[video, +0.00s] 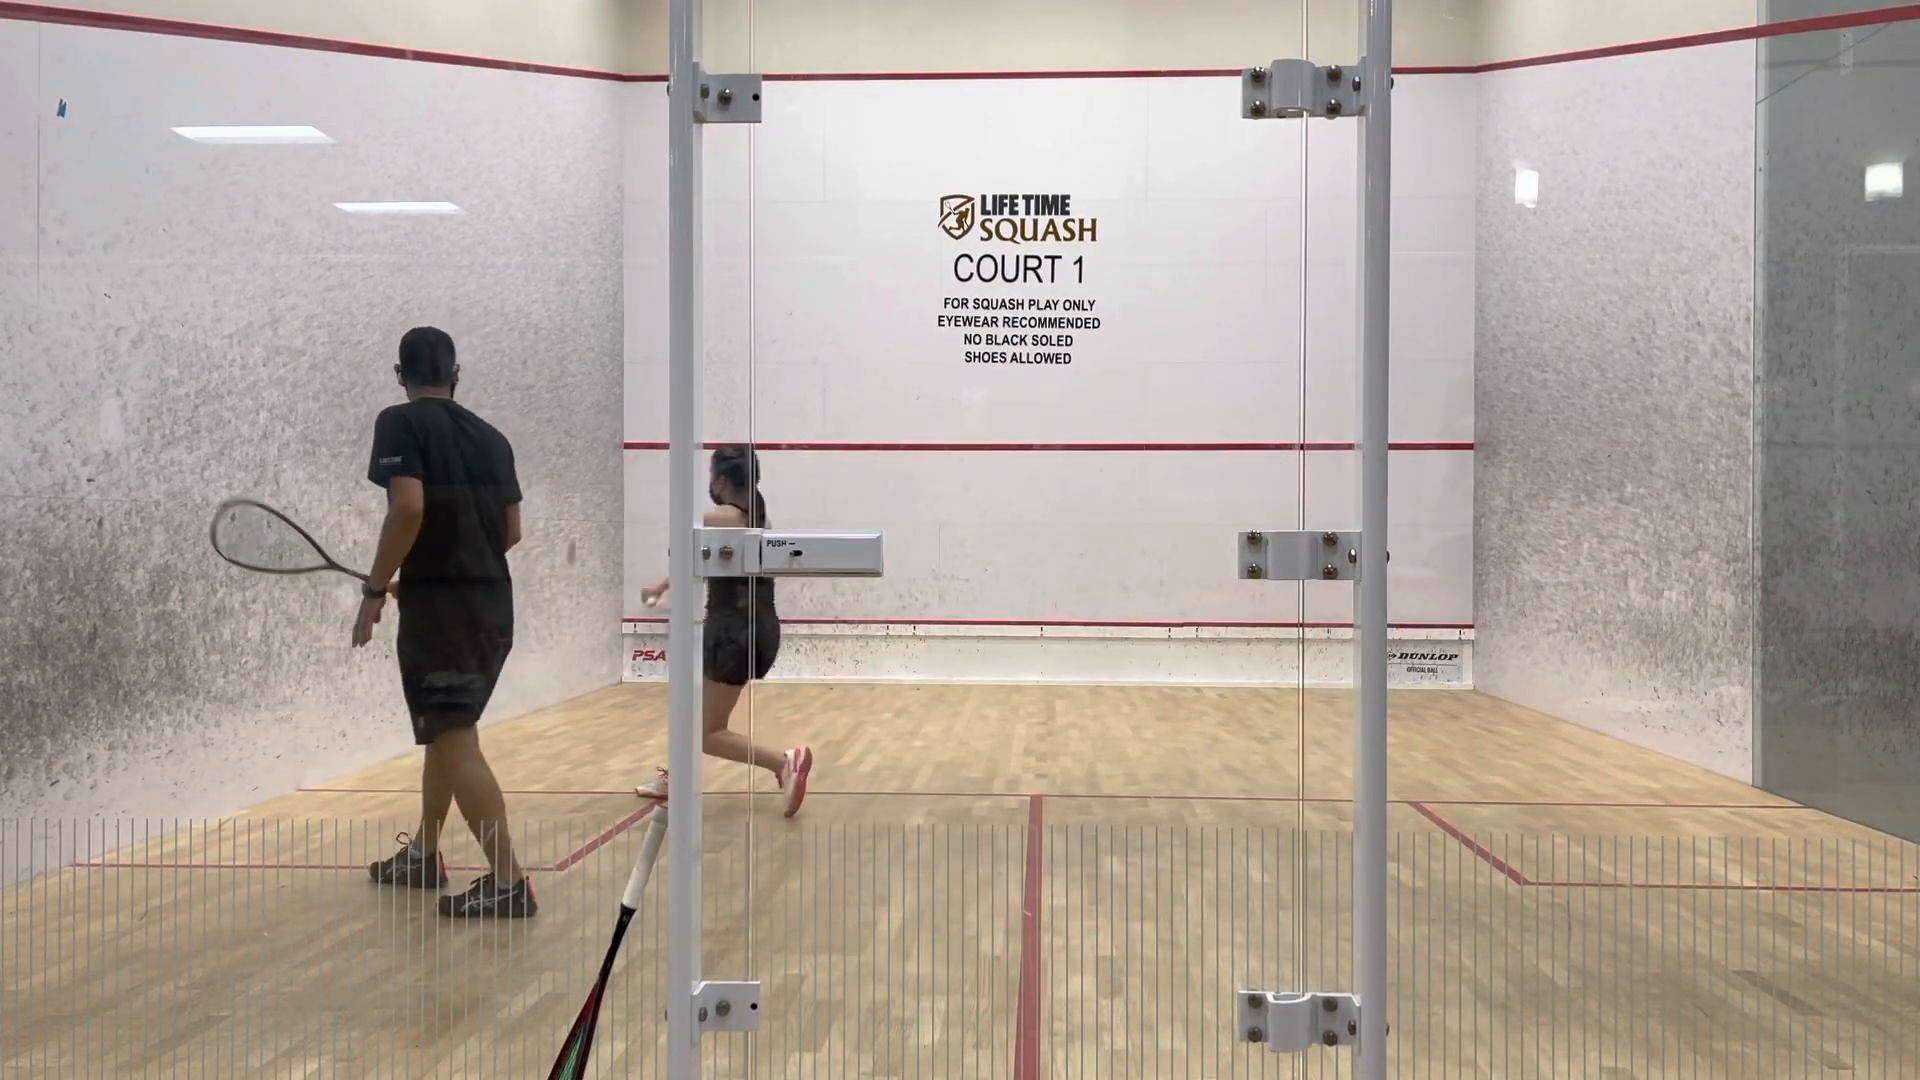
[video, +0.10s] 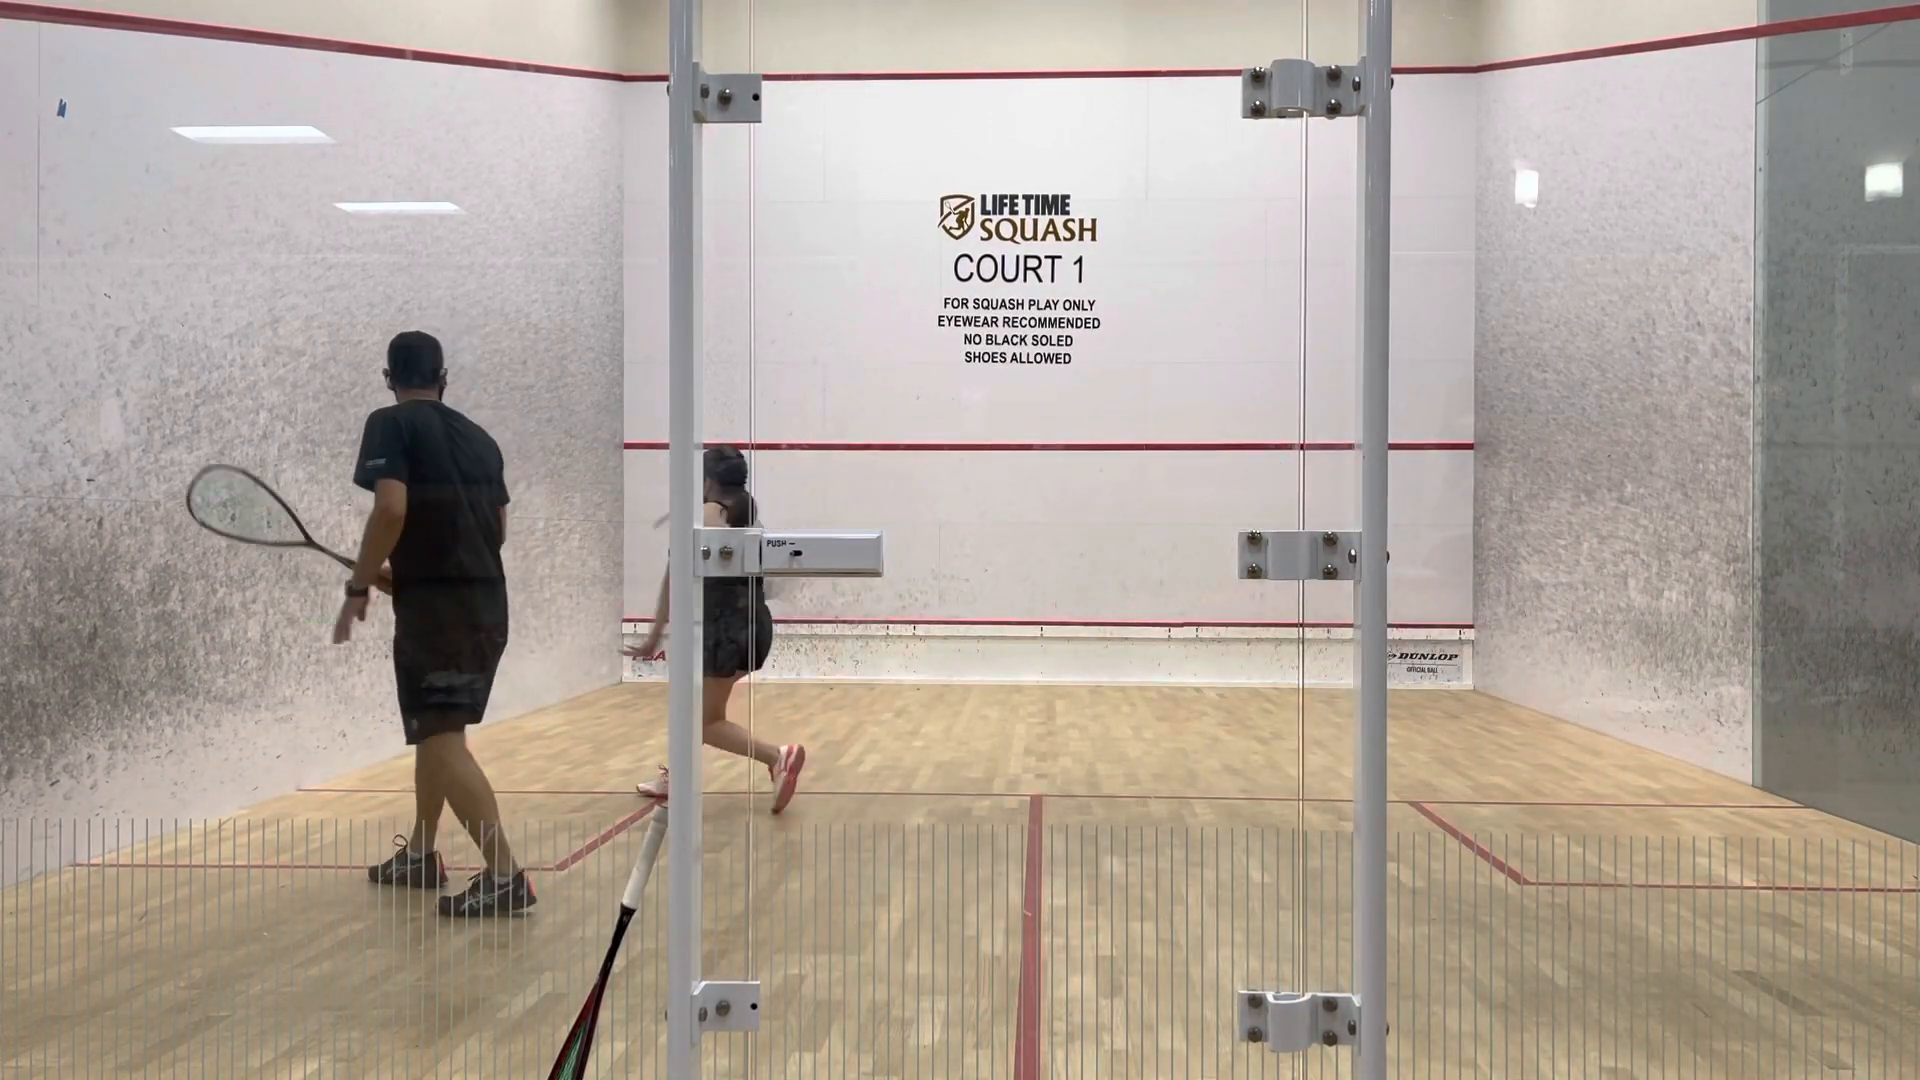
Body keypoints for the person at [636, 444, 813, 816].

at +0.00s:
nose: (709, 482)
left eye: (713, 475)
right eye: (711, 475)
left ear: (724, 480)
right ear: (747, 480)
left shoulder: (720, 518)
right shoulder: (756, 517)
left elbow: (690, 561)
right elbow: (707, 562)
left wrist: (661, 586)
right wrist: (669, 585)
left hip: (732, 629)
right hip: (757, 626)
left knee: (706, 736)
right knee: (698, 709)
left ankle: (783, 763)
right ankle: (676, 778)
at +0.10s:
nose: (695, 484)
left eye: (698, 478)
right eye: (697, 478)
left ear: (708, 481)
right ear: (738, 479)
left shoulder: (708, 513)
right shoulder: (748, 514)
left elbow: (677, 574)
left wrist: (654, 633)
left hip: (719, 627)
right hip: (749, 623)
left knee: (706, 725)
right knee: (695, 707)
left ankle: (777, 757)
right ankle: (673, 777)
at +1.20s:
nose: (828, 446)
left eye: (834, 438)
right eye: (827, 438)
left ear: (858, 439)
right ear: (866, 441)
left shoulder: (850, 480)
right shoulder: (900, 478)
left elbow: (850, 551)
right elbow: (924, 548)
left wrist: (796, 553)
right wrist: (881, 573)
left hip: (868, 607)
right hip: (908, 604)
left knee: (810, 692)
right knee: (916, 710)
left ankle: (819, 793)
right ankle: (960, 799)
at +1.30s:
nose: (827, 443)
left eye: (833, 435)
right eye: (826, 435)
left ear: (857, 437)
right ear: (867, 439)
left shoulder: (846, 481)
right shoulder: (904, 479)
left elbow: (835, 553)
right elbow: (928, 544)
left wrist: (787, 553)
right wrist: (888, 567)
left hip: (865, 607)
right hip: (910, 605)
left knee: (820, 704)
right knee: (918, 710)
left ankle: (821, 797)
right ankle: (961, 799)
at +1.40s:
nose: (818, 446)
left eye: (823, 438)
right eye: (818, 438)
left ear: (848, 440)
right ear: (860, 440)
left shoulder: (834, 485)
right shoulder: (899, 485)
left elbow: (815, 555)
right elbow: (925, 547)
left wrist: (772, 554)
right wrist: (886, 569)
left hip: (859, 613)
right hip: (906, 611)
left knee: (826, 716)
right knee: (920, 713)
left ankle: (817, 818)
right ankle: (962, 802)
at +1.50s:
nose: (806, 446)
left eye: (812, 437)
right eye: (806, 437)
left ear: (839, 438)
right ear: (851, 438)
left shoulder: (821, 482)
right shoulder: (892, 479)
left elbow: (807, 552)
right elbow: (918, 543)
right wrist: (881, 564)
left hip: (855, 604)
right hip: (905, 602)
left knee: (824, 713)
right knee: (926, 710)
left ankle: (816, 820)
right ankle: (961, 800)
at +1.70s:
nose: (808, 448)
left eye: (813, 440)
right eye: (807, 440)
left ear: (840, 438)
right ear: (851, 439)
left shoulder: (827, 483)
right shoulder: (897, 475)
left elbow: (820, 556)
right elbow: (925, 542)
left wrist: (782, 557)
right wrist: (886, 564)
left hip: (864, 605)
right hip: (915, 602)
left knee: (829, 714)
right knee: (930, 712)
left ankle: (816, 820)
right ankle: (979, 792)